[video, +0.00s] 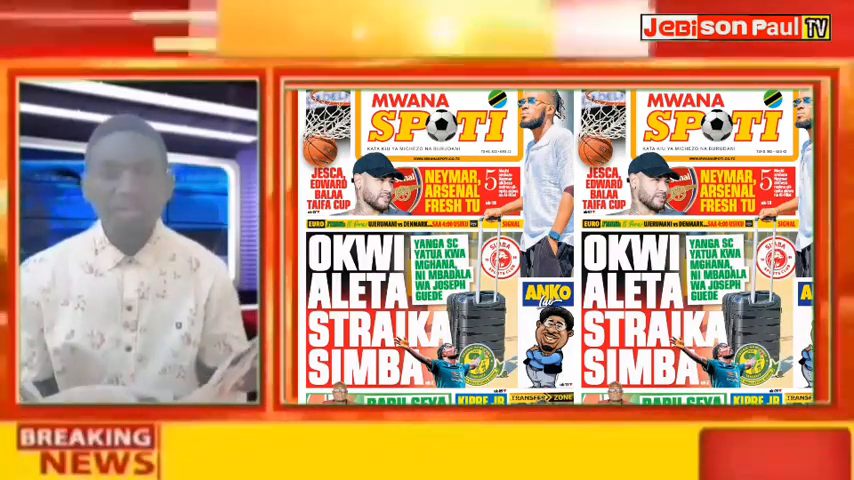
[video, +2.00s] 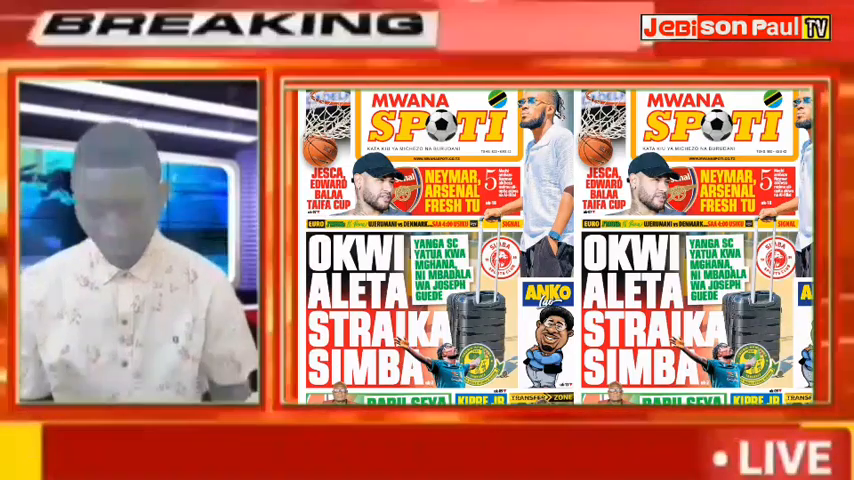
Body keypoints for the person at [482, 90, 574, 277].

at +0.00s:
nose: (523, 107)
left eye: (531, 101)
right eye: (522, 103)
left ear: (549, 110)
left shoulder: (563, 138)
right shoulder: (531, 147)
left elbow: (571, 192)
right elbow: (532, 196)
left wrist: (553, 238)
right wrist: (502, 211)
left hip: (552, 242)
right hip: (530, 243)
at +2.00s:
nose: (523, 107)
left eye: (531, 101)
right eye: (522, 103)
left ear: (549, 110)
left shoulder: (563, 139)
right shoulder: (531, 147)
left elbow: (571, 192)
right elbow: (532, 196)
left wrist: (554, 238)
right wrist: (502, 211)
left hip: (551, 241)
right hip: (530, 242)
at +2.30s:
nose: (523, 107)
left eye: (531, 101)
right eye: (522, 103)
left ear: (549, 110)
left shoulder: (563, 139)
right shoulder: (531, 147)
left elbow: (571, 192)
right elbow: (532, 196)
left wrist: (554, 238)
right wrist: (502, 211)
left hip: (551, 241)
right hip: (530, 242)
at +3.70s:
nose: (523, 107)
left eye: (531, 101)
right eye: (522, 103)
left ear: (550, 110)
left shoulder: (563, 139)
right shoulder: (531, 146)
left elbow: (571, 192)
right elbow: (532, 196)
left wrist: (554, 238)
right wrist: (502, 211)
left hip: (551, 241)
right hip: (530, 242)